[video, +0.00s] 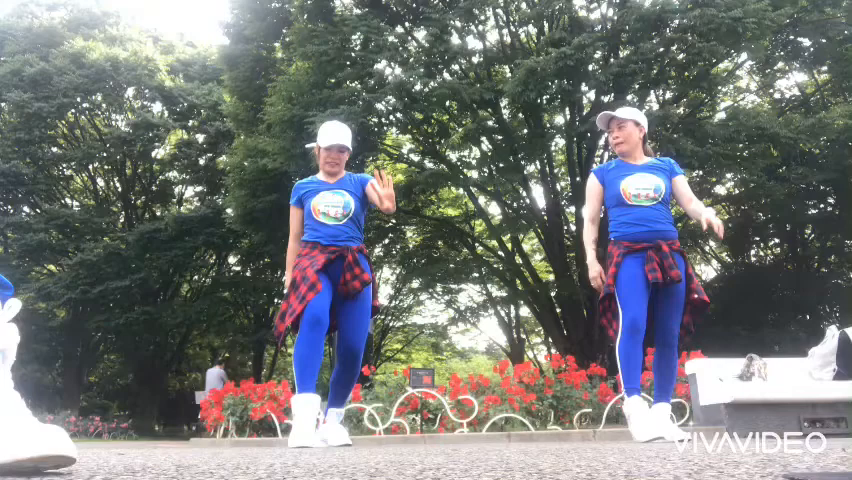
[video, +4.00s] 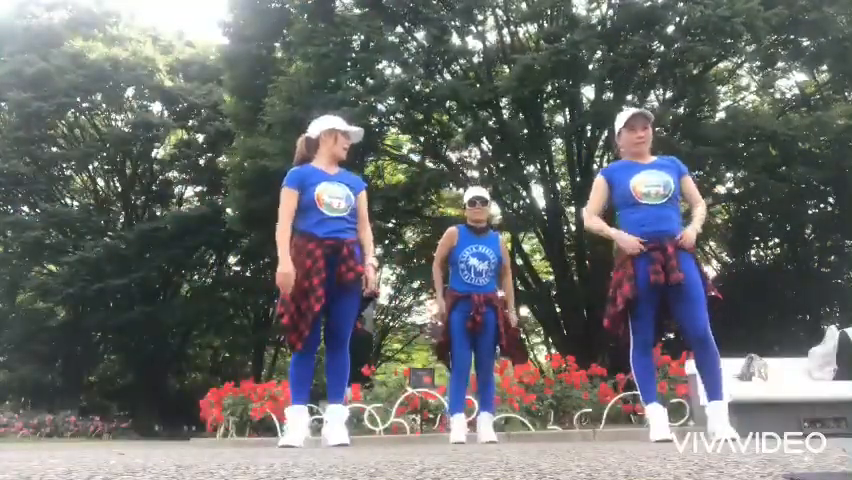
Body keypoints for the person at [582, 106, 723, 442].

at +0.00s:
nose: (614, 133)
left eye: (621, 127)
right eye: (610, 130)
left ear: (641, 130)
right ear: (608, 137)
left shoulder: (666, 166)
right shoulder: (601, 173)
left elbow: (689, 201)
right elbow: (590, 220)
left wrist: (705, 213)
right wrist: (591, 259)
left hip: (668, 253)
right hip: (629, 255)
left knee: (668, 335)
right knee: (634, 322)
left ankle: (662, 413)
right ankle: (633, 404)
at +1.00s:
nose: (631, 128)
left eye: (638, 122)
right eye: (624, 125)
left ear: (652, 129)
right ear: (617, 134)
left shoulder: (674, 168)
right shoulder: (606, 173)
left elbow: (686, 212)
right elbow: (595, 221)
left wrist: (692, 232)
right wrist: (591, 259)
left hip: (674, 251)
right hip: (634, 252)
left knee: (676, 337)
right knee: (646, 315)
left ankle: (663, 413)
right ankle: (649, 403)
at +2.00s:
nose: (643, 131)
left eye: (643, 126)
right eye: (636, 125)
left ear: (633, 132)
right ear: (615, 130)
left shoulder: (648, 170)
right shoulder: (593, 169)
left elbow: (665, 216)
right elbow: (582, 215)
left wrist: (688, 256)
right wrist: (584, 257)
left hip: (655, 255)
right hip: (618, 256)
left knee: (659, 334)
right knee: (622, 334)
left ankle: (661, 411)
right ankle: (629, 410)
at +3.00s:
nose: (664, 141)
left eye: (669, 135)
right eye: (657, 136)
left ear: (679, 139)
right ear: (646, 142)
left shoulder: (698, 175)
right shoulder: (633, 181)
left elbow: (718, 216)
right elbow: (626, 227)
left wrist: (737, 253)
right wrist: (625, 266)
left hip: (693, 260)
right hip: (651, 261)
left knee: (701, 336)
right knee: (650, 330)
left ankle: (703, 411)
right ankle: (643, 405)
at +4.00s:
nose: (639, 133)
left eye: (644, 127)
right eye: (631, 129)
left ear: (652, 132)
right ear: (619, 137)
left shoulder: (672, 165)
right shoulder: (609, 173)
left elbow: (699, 204)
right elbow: (589, 217)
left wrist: (693, 228)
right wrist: (617, 235)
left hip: (679, 255)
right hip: (638, 259)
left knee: (700, 332)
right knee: (642, 338)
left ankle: (718, 414)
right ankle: (655, 415)